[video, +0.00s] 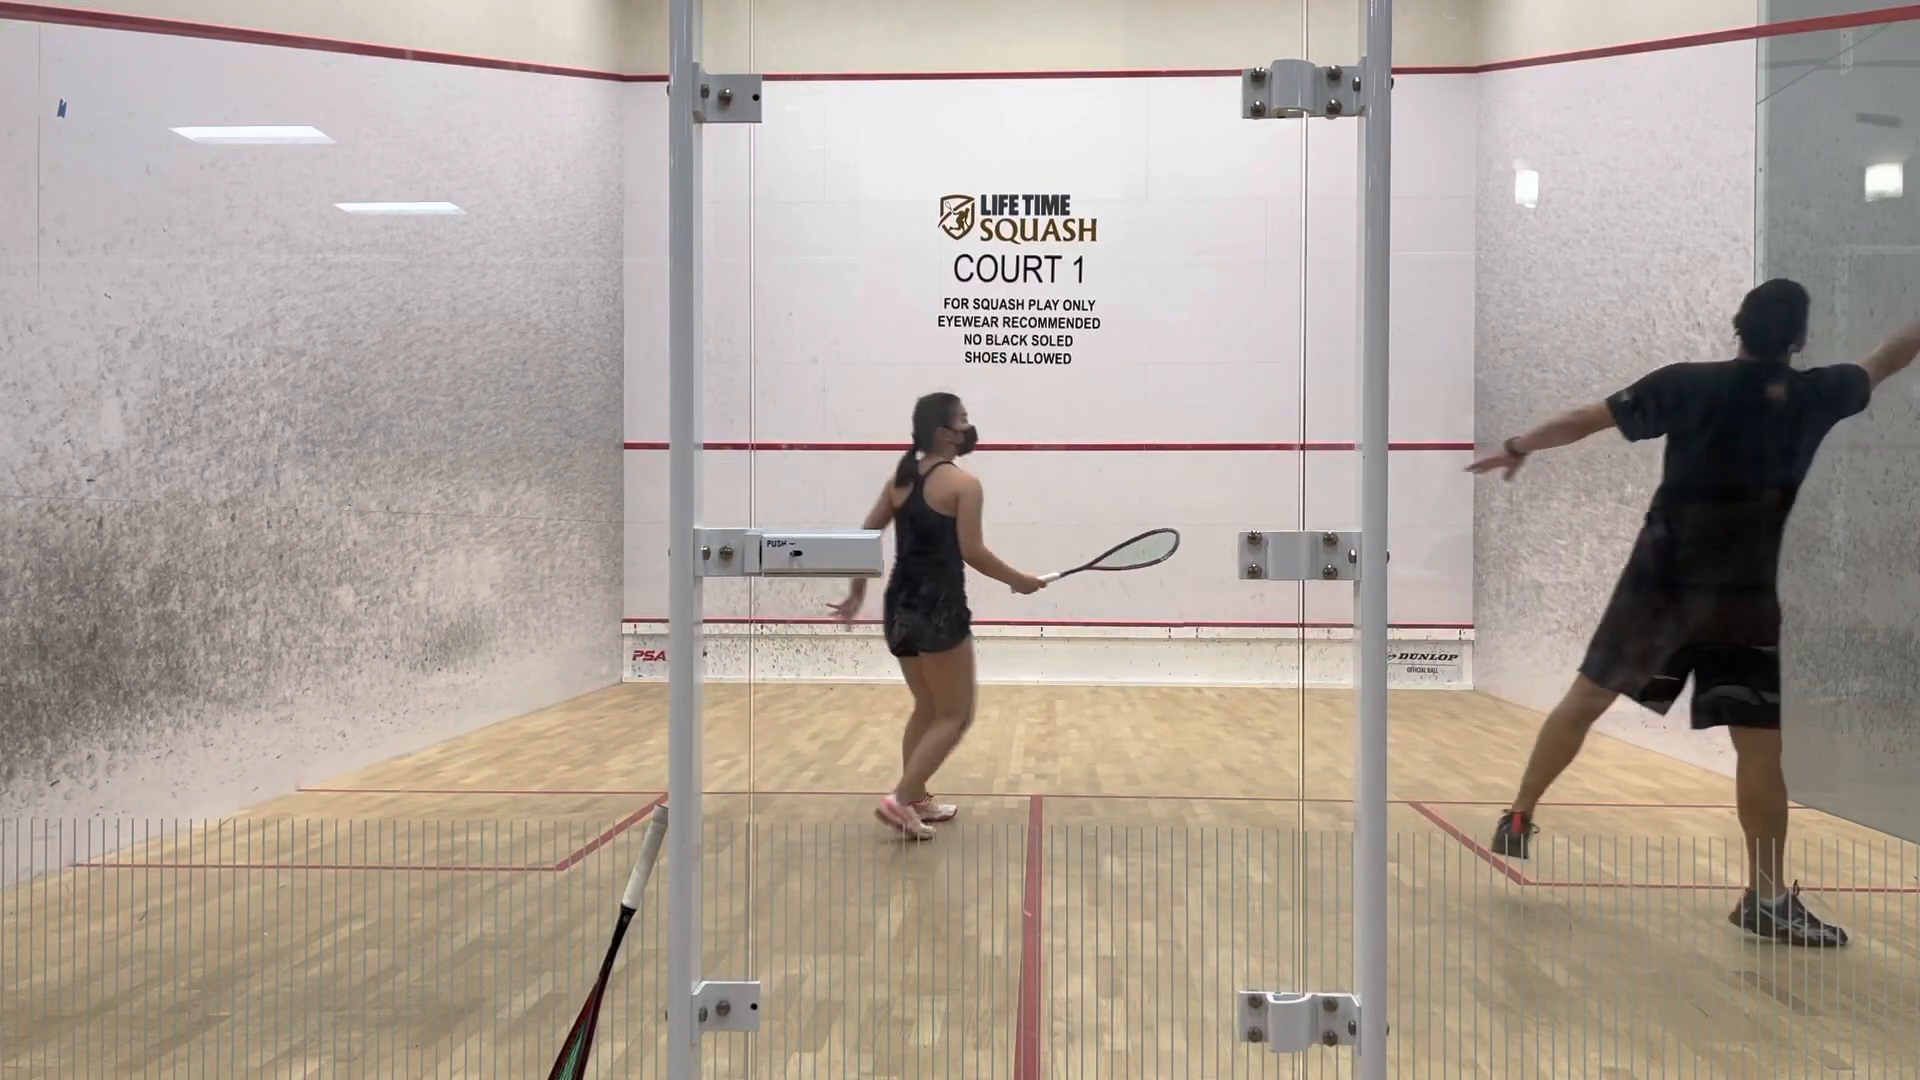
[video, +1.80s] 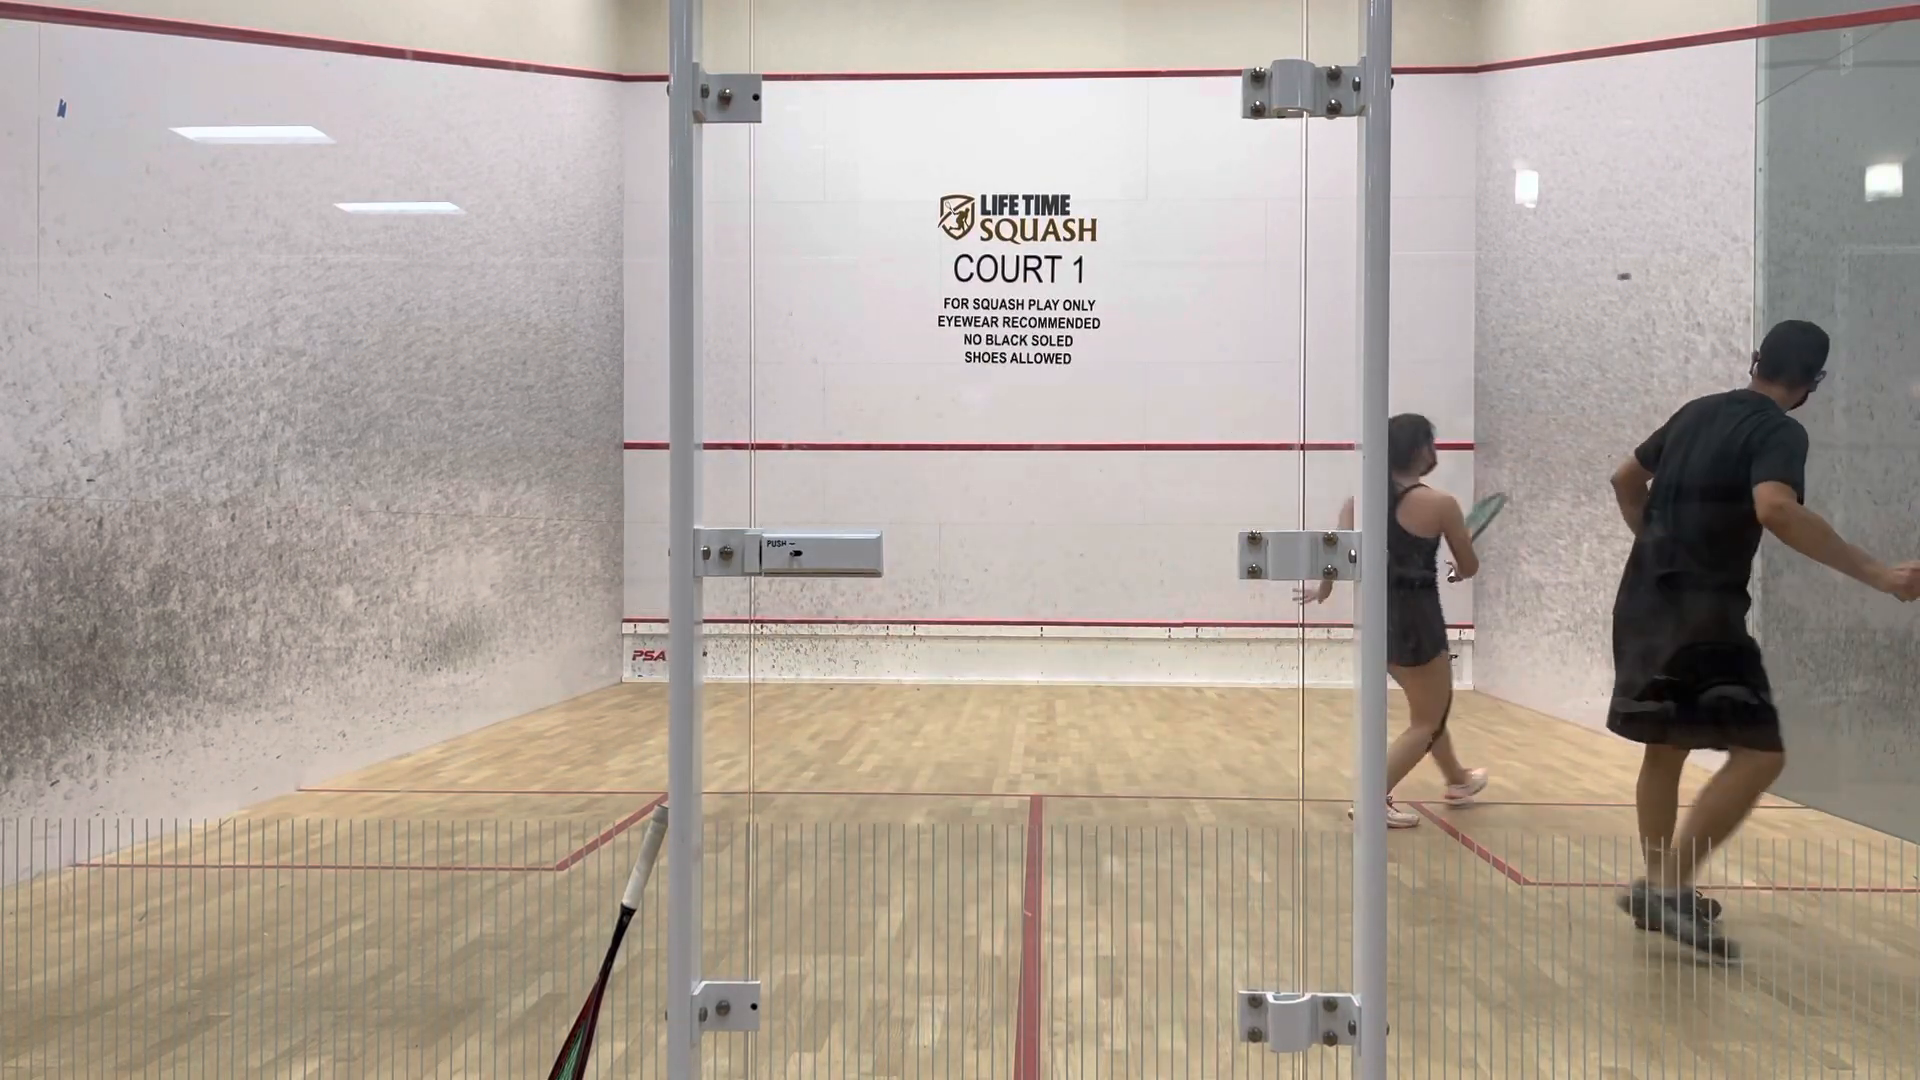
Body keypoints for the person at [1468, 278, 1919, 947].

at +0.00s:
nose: (1789, 340)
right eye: (1798, 331)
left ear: (1739, 328)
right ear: (1799, 338)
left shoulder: (1687, 384)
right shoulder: (1812, 396)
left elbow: (1586, 419)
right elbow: (1888, 360)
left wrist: (1521, 446)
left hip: (1656, 591)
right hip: (1745, 602)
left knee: (1583, 700)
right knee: (1760, 747)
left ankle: (1517, 817)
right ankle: (1768, 895)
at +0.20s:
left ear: (1772, 319)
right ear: (1835, 330)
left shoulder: (1721, 379)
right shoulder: (1858, 393)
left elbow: (1617, 429)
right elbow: (1898, 452)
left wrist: (1612, 454)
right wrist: (1851, 389)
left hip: (1704, 597)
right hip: (1794, 608)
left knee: (1644, 706)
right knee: (1787, 745)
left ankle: (1593, 830)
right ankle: (1774, 895)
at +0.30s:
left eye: (1791, 313)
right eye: (1835, 321)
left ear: (1778, 319)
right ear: (1842, 328)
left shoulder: (1729, 382)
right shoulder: (1870, 397)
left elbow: (1634, 445)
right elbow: (1904, 492)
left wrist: (1643, 466)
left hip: (1719, 598)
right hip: (1809, 608)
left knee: (1679, 715)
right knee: (1795, 743)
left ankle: (1653, 845)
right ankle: (1775, 896)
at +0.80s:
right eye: (1849, 341)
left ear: (1788, 336)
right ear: (1848, 348)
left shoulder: (1735, 399)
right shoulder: (1867, 412)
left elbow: (1682, 491)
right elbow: (1870, 491)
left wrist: (1724, 544)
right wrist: (1890, 593)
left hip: (1744, 618)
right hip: (1837, 619)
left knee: (1736, 753)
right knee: (1867, 756)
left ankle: (1729, 912)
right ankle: (1858, 913)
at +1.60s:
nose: (1824, 384)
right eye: (1828, 376)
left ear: (1767, 364)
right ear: (1825, 380)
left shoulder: (1710, 412)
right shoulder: (1801, 431)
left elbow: (1645, 490)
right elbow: (1801, 516)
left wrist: (1690, 551)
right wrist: (1885, 600)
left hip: (1667, 617)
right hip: (1738, 619)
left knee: (1682, 744)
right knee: (1795, 755)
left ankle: (1661, 893)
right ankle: (1835, 913)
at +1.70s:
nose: (1819, 392)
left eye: (1818, 382)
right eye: (1821, 383)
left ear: (1761, 366)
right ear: (1816, 385)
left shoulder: (1702, 413)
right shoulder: (1786, 433)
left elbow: (1636, 482)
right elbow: (1785, 509)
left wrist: (1677, 548)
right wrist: (1885, 581)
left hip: (1648, 617)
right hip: (1715, 619)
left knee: (1671, 745)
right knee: (1784, 749)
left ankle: (1660, 893)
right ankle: (1769, 912)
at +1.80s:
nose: (1813, 389)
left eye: (1809, 378)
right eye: (1815, 380)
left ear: (1752, 367)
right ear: (1810, 384)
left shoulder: (1695, 412)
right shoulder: (1779, 430)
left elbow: (1627, 479)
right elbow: (1776, 509)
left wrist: (1660, 546)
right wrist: (1878, 573)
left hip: (1643, 613)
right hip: (1704, 616)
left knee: (1665, 746)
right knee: (1759, 755)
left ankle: (1658, 888)